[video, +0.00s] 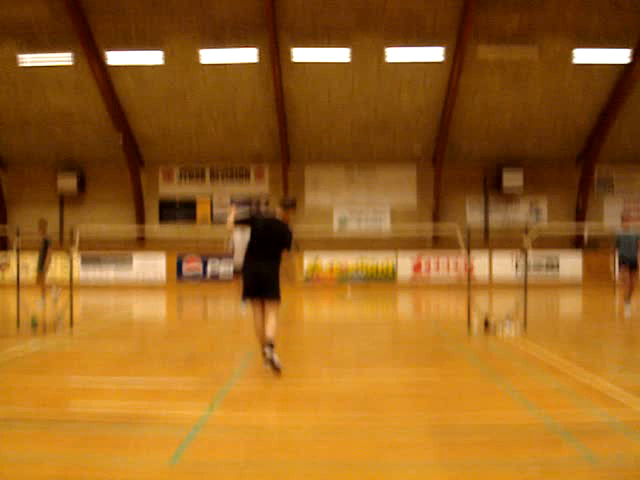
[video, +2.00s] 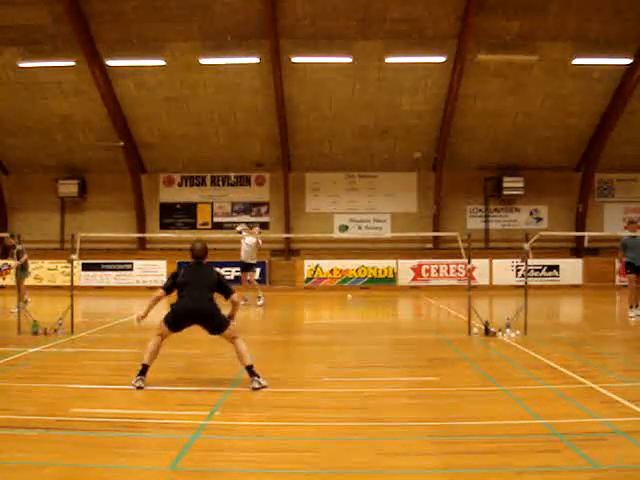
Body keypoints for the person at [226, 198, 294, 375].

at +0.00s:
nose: (289, 216)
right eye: (290, 213)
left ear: (275, 208)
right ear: (287, 213)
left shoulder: (258, 220)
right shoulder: (285, 230)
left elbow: (232, 225)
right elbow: (287, 254)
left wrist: (232, 213)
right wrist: (292, 277)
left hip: (252, 272)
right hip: (270, 274)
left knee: (258, 311)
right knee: (271, 309)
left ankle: (264, 349)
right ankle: (269, 343)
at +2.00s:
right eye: (205, 253)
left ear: (190, 255)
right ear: (207, 256)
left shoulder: (181, 272)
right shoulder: (213, 273)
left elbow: (160, 294)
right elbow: (235, 300)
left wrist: (145, 312)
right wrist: (231, 318)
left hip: (183, 309)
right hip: (208, 310)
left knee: (159, 335)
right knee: (234, 338)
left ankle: (141, 375)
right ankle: (254, 376)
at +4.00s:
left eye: (238, 224)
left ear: (237, 227)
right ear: (251, 229)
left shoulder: (226, 241)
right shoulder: (254, 249)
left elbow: (205, 244)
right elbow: (260, 275)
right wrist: (264, 293)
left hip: (224, 290)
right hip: (246, 291)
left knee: (212, 325)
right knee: (262, 327)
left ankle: (216, 341)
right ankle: (278, 360)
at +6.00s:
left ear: (211, 205)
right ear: (228, 205)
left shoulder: (203, 223)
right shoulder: (235, 221)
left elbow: (195, 248)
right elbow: (249, 244)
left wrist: (197, 272)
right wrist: (249, 264)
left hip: (212, 269)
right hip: (234, 267)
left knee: (205, 311)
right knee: (250, 304)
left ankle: (198, 345)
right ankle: (247, 345)